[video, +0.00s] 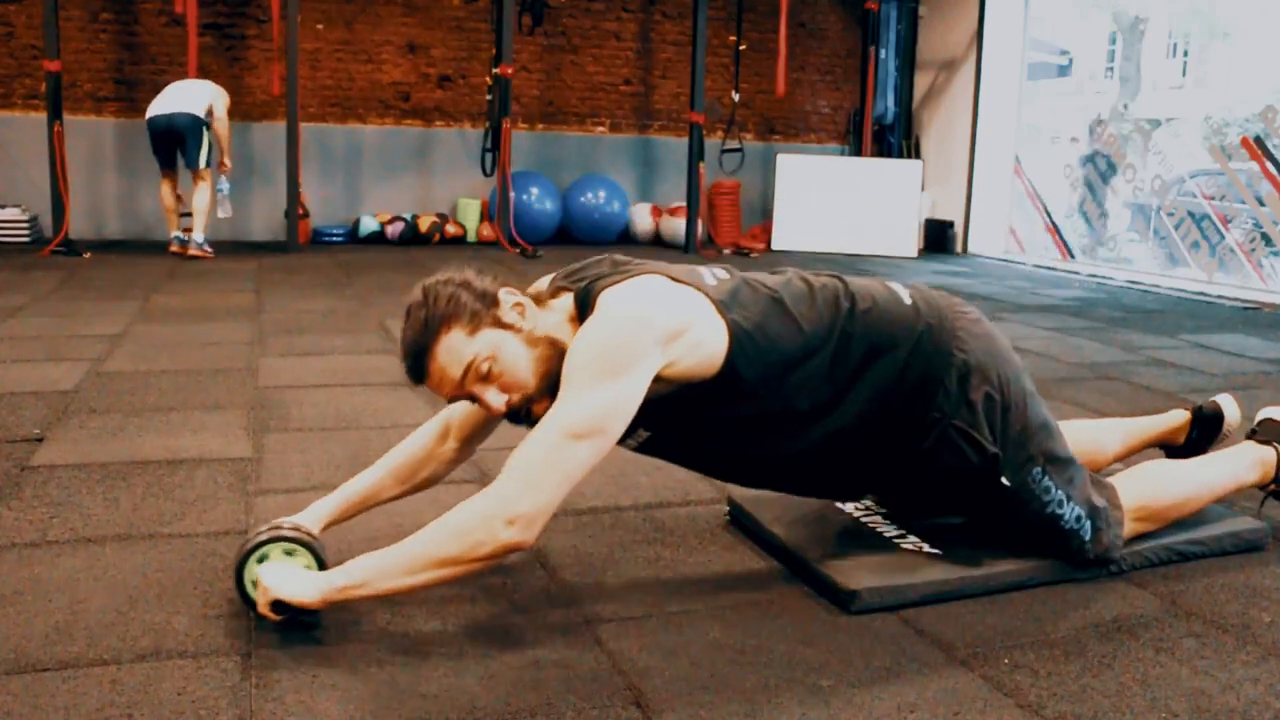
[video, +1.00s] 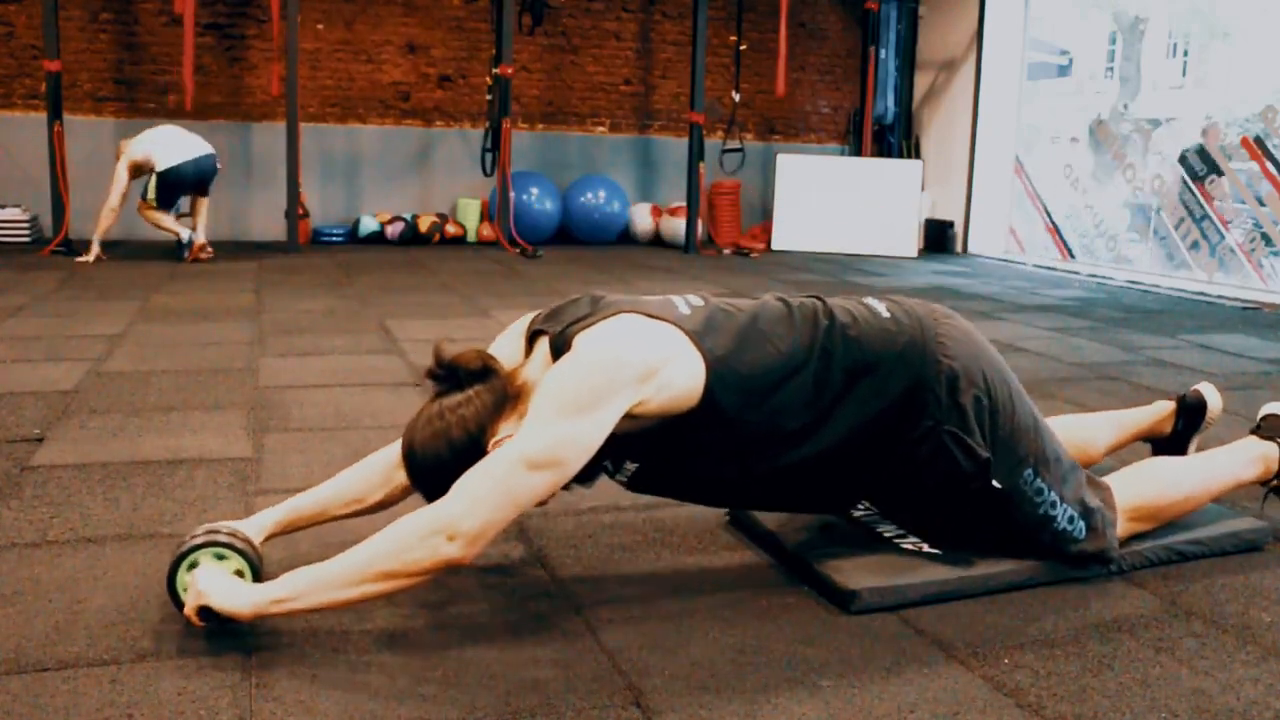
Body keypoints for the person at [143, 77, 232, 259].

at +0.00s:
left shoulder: (177, 87)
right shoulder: (218, 91)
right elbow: (219, 118)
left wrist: (173, 190)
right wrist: (224, 155)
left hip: (156, 117)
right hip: (190, 117)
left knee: (167, 176)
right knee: (202, 179)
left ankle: (175, 235)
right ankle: (198, 239)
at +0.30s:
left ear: (174, 89)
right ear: (201, 86)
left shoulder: (166, 97)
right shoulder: (212, 92)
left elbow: (145, 144)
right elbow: (227, 132)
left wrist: (138, 185)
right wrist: (216, 168)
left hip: (172, 122)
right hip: (207, 121)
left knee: (170, 179)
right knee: (208, 180)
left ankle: (173, 238)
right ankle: (201, 241)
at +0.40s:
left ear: (169, 95)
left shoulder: (163, 102)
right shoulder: (209, 95)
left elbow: (143, 150)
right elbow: (229, 133)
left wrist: (130, 191)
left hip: (179, 124)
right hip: (214, 123)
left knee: (168, 177)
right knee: (211, 180)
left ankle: (170, 238)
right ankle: (201, 241)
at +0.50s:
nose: (159, 141)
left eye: (158, 138)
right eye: (157, 139)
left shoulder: (157, 112)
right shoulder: (206, 100)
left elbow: (139, 160)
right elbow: (229, 137)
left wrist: (124, 199)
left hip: (185, 125)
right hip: (219, 123)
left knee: (170, 178)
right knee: (211, 181)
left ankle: (180, 237)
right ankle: (202, 242)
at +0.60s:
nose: (159, 147)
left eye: (157, 144)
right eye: (160, 146)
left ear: (153, 131)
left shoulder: (151, 123)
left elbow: (134, 169)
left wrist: (118, 207)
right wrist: (200, 212)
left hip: (189, 129)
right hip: (222, 125)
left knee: (172, 187)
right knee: (212, 183)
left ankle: (196, 236)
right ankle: (203, 239)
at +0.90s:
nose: (142, 173)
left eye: (138, 167)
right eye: (140, 170)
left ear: (132, 154)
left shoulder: (135, 151)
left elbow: (116, 203)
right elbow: (197, 192)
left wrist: (97, 240)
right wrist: (189, 222)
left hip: (185, 155)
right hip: (217, 148)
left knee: (155, 201)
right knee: (204, 191)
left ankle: (194, 239)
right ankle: (201, 241)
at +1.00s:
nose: (130, 172)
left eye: (123, 162)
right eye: (124, 164)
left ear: (124, 153)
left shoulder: (128, 154)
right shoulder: (169, 133)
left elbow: (113, 205)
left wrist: (96, 240)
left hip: (173, 168)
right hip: (208, 160)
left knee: (146, 209)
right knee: (201, 195)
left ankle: (185, 236)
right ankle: (200, 239)